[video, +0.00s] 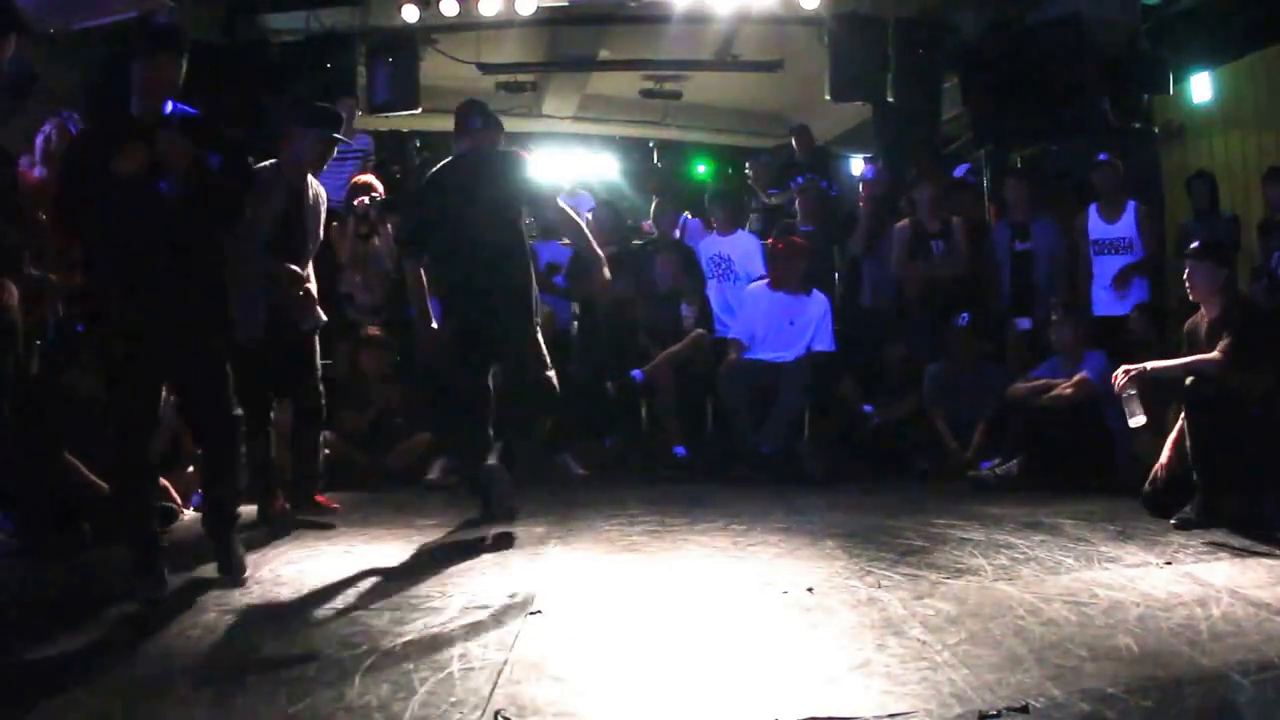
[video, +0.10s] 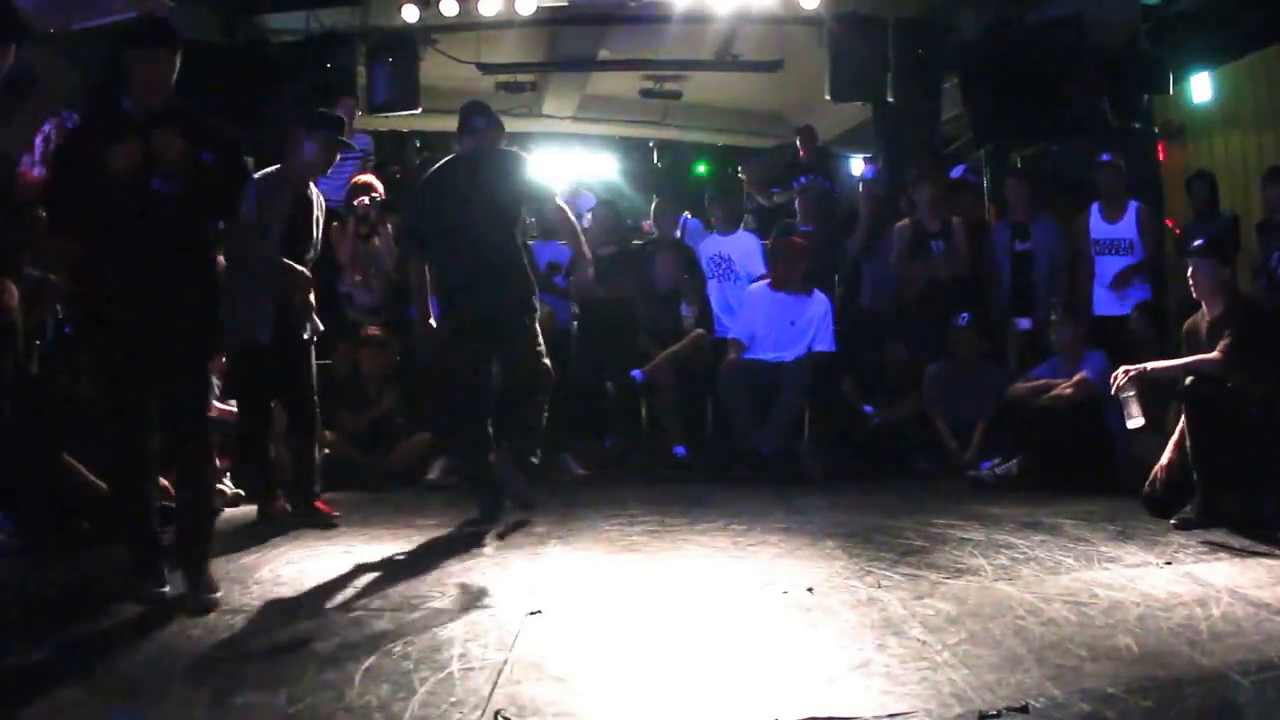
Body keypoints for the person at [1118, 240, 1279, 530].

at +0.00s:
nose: (1186, 276)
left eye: (1195, 269)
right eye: (1186, 269)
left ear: (1220, 274)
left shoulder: (1245, 315)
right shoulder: (1193, 328)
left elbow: (1220, 360)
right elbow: (1193, 403)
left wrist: (1145, 368)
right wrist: (1169, 450)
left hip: (1255, 431)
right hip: (1213, 432)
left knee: (1196, 388)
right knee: (1156, 497)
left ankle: (1206, 503)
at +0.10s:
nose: (1190, 274)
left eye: (1199, 266)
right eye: (1189, 266)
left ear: (1223, 273)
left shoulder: (1247, 314)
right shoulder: (1193, 327)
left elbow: (1222, 360)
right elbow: (1193, 402)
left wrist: (1145, 369)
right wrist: (1171, 453)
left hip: (1256, 427)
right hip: (1213, 428)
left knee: (1197, 389)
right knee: (1156, 498)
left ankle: (1206, 504)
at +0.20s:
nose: (1192, 275)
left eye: (1201, 267)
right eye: (1189, 268)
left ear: (1223, 271)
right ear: (1186, 273)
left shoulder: (1247, 313)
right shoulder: (1194, 328)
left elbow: (1223, 360)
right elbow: (1193, 403)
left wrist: (1145, 368)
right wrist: (1166, 452)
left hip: (1255, 427)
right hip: (1212, 428)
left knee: (1197, 388)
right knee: (1155, 499)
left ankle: (1206, 503)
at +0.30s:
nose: (1195, 278)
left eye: (1204, 269)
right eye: (1191, 271)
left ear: (1225, 271)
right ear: (1187, 275)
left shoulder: (1248, 315)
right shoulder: (1195, 328)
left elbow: (1223, 362)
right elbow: (1190, 403)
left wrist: (1145, 367)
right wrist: (1165, 453)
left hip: (1255, 429)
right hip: (1213, 430)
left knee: (1200, 388)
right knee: (1157, 497)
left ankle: (1206, 502)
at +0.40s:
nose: (1197, 276)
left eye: (1205, 268)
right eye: (1192, 269)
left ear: (1225, 271)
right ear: (1188, 275)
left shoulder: (1248, 315)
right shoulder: (1194, 329)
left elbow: (1222, 362)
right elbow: (1188, 403)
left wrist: (1144, 366)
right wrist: (1166, 453)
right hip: (1210, 429)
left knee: (1197, 388)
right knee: (1156, 497)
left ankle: (1207, 501)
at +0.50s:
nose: (1204, 272)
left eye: (1211, 264)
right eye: (1197, 266)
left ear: (1226, 270)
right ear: (1189, 275)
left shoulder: (1245, 315)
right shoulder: (1193, 328)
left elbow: (1223, 361)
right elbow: (1188, 400)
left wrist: (1143, 366)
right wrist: (1165, 451)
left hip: (1249, 424)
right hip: (1206, 425)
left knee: (1197, 392)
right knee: (1156, 497)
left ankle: (1206, 502)